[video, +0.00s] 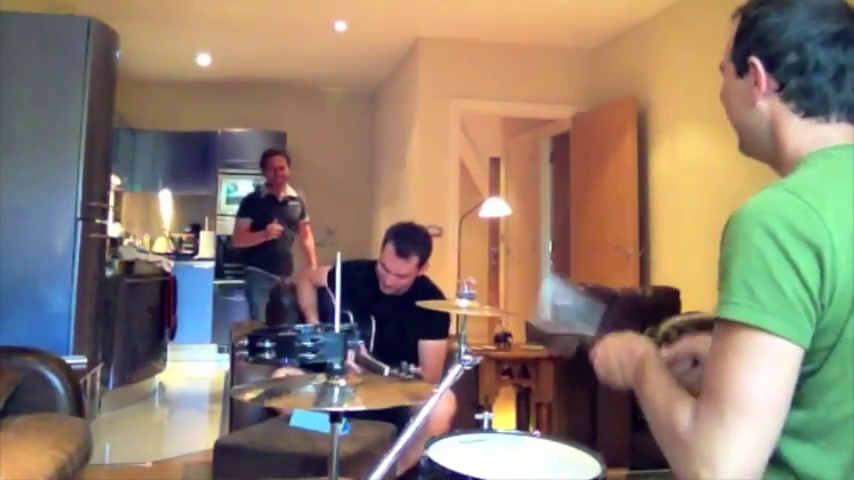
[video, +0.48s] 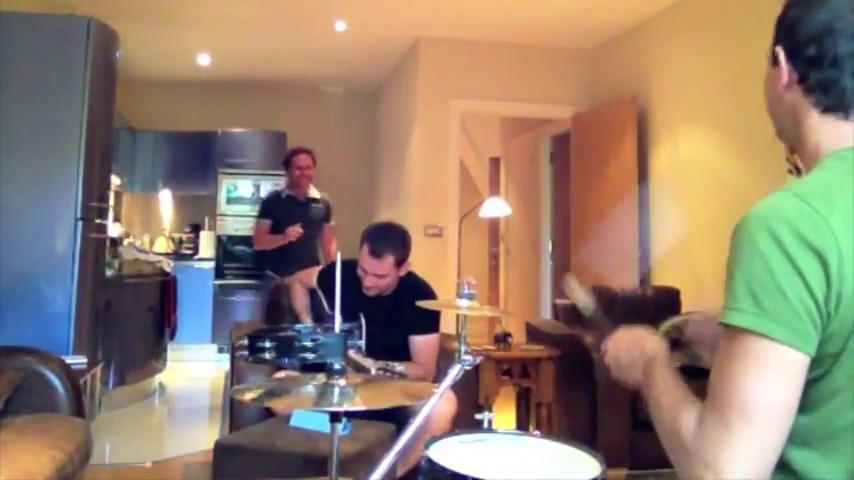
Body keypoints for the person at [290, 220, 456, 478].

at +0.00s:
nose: (389, 281)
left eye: (401, 276)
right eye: (384, 269)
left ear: (420, 270)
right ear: (380, 253)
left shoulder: (431, 302)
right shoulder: (354, 274)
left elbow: (431, 378)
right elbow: (305, 278)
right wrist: (315, 327)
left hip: (397, 388)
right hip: (341, 378)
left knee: (443, 404)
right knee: (284, 379)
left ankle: (391, 473)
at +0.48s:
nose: (368, 283)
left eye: (379, 277)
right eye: (363, 272)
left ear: (403, 269)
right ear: (359, 257)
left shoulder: (419, 296)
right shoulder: (340, 274)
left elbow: (425, 371)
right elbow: (297, 282)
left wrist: (372, 368)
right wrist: (309, 330)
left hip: (393, 387)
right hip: (337, 379)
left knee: (444, 404)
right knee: (281, 388)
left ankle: (392, 473)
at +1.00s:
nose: (360, 278)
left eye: (370, 269)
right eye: (353, 268)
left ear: (390, 259)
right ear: (345, 258)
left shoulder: (412, 295)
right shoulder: (336, 277)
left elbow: (423, 371)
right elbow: (292, 286)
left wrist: (370, 366)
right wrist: (304, 328)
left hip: (391, 389)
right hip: (335, 382)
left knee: (439, 402)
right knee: (279, 397)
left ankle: (389, 473)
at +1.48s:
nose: (360, 278)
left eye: (370, 268)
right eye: (352, 268)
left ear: (390, 258)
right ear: (344, 258)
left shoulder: (412, 295)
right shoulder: (336, 277)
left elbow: (424, 371)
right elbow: (293, 287)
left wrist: (371, 366)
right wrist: (305, 329)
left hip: (389, 388)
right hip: (336, 381)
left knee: (438, 403)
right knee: (280, 388)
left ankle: (387, 473)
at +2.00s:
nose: (359, 283)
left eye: (368, 273)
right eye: (352, 274)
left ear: (388, 260)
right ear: (344, 263)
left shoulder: (412, 295)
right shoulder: (333, 279)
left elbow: (424, 371)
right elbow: (294, 285)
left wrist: (369, 365)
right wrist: (305, 329)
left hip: (389, 389)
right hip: (335, 381)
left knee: (440, 402)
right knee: (280, 388)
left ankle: (388, 473)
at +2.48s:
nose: (357, 284)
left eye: (365, 275)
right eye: (349, 276)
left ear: (386, 261)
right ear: (341, 265)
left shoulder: (412, 295)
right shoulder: (333, 279)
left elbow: (423, 371)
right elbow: (293, 285)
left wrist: (368, 365)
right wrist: (306, 333)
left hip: (390, 388)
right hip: (336, 381)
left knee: (439, 402)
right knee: (281, 391)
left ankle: (389, 473)